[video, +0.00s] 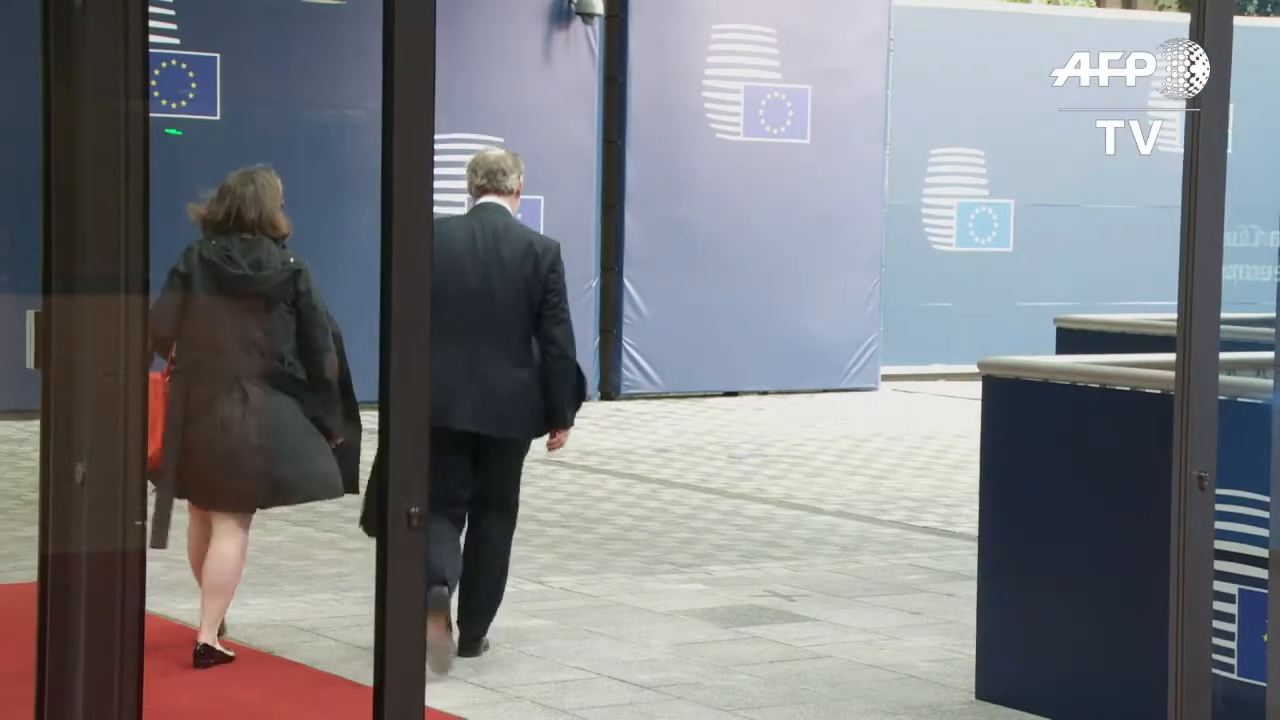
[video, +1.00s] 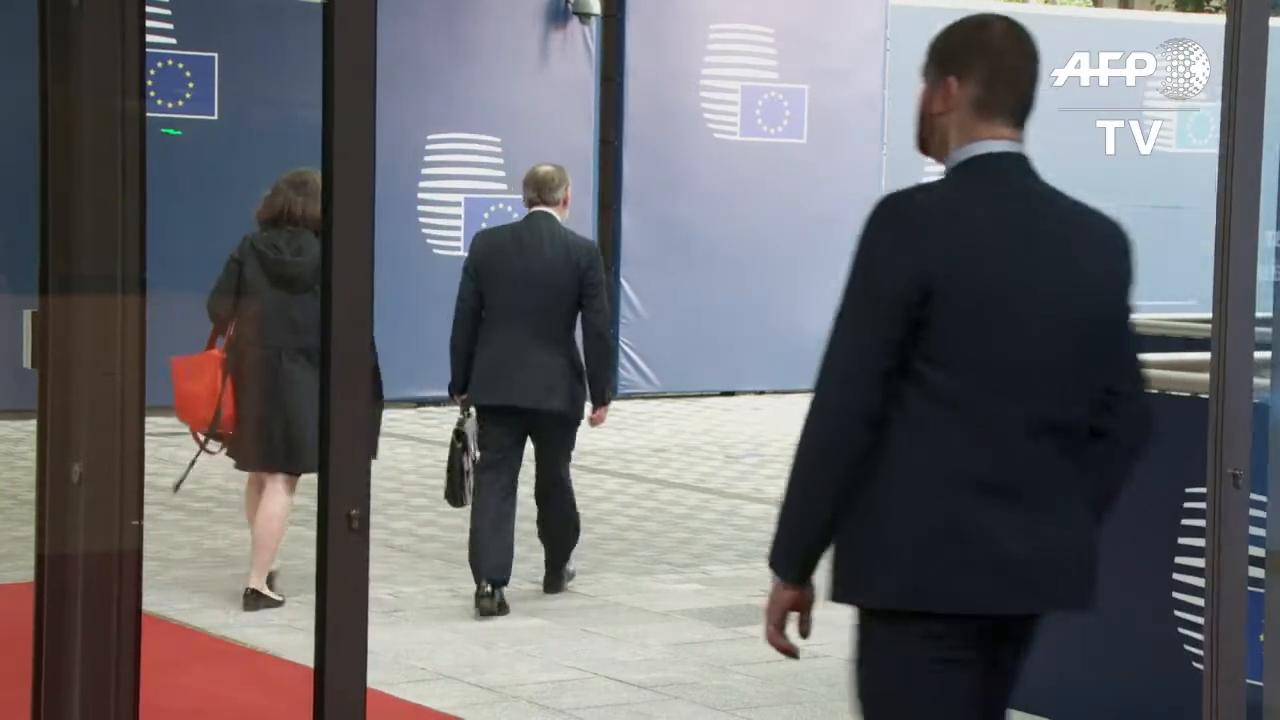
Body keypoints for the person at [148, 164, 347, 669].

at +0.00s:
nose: (283, 211)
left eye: (280, 202)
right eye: (279, 204)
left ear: (222, 206)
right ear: (270, 210)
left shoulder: (192, 262)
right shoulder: (290, 270)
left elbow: (159, 331)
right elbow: (323, 358)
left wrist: (184, 360)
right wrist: (331, 420)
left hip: (195, 403)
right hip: (255, 407)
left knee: (200, 516)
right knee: (230, 522)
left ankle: (216, 614)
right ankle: (207, 637)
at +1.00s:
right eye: (320, 200)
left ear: (274, 201)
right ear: (321, 208)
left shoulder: (251, 248)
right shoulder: (330, 254)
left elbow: (219, 307)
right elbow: (351, 324)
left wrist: (237, 328)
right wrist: (368, 384)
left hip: (254, 372)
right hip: (306, 375)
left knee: (259, 475)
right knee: (282, 480)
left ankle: (263, 567)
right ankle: (256, 584)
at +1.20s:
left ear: (286, 212)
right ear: (328, 217)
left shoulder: (264, 256)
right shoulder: (339, 262)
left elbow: (234, 310)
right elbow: (366, 334)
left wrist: (249, 344)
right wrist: (377, 390)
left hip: (270, 374)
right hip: (321, 377)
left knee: (283, 474)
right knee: (295, 479)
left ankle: (290, 563)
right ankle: (267, 560)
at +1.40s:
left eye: (289, 208)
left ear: (292, 211)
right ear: (339, 206)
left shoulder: (278, 246)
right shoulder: (355, 252)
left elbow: (250, 303)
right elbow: (373, 325)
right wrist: (373, 380)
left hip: (286, 381)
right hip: (339, 384)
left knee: (285, 474)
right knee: (334, 475)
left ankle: (291, 560)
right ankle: (325, 562)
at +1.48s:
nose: (356, 206)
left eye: (350, 197)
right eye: (354, 199)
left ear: (306, 201)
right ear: (351, 206)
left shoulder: (284, 249)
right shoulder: (360, 257)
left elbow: (257, 301)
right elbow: (374, 328)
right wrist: (377, 381)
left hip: (286, 378)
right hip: (343, 378)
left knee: (285, 471)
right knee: (346, 464)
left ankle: (290, 558)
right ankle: (342, 547)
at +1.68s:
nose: (387, 218)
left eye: (385, 211)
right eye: (385, 212)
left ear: (341, 214)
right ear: (378, 217)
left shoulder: (315, 255)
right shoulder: (384, 265)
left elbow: (288, 309)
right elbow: (393, 331)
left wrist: (290, 377)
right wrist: (395, 388)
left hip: (314, 371)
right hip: (362, 374)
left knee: (310, 464)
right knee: (366, 463)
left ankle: (304, 546)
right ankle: (366, 541)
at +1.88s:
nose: (428, 211)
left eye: (426, 204)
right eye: (425, 205)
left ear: (378, 208)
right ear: (418, 211)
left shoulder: (352, 256)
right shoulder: (427, 260)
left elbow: (335, 318)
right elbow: (444, 331)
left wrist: (333, 376)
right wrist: (448, 389)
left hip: (359, 368)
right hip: (409, 370)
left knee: (364, 452)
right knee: (395, 461)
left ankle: (342, 508)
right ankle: (382, 544)